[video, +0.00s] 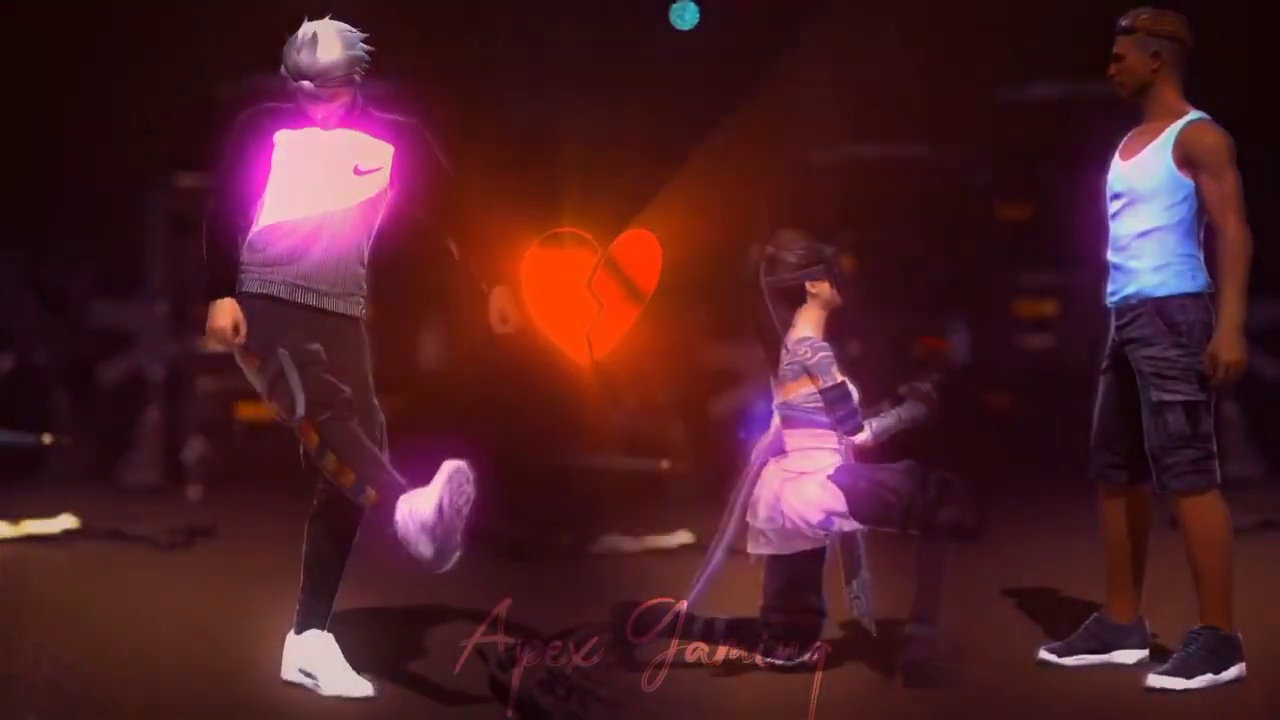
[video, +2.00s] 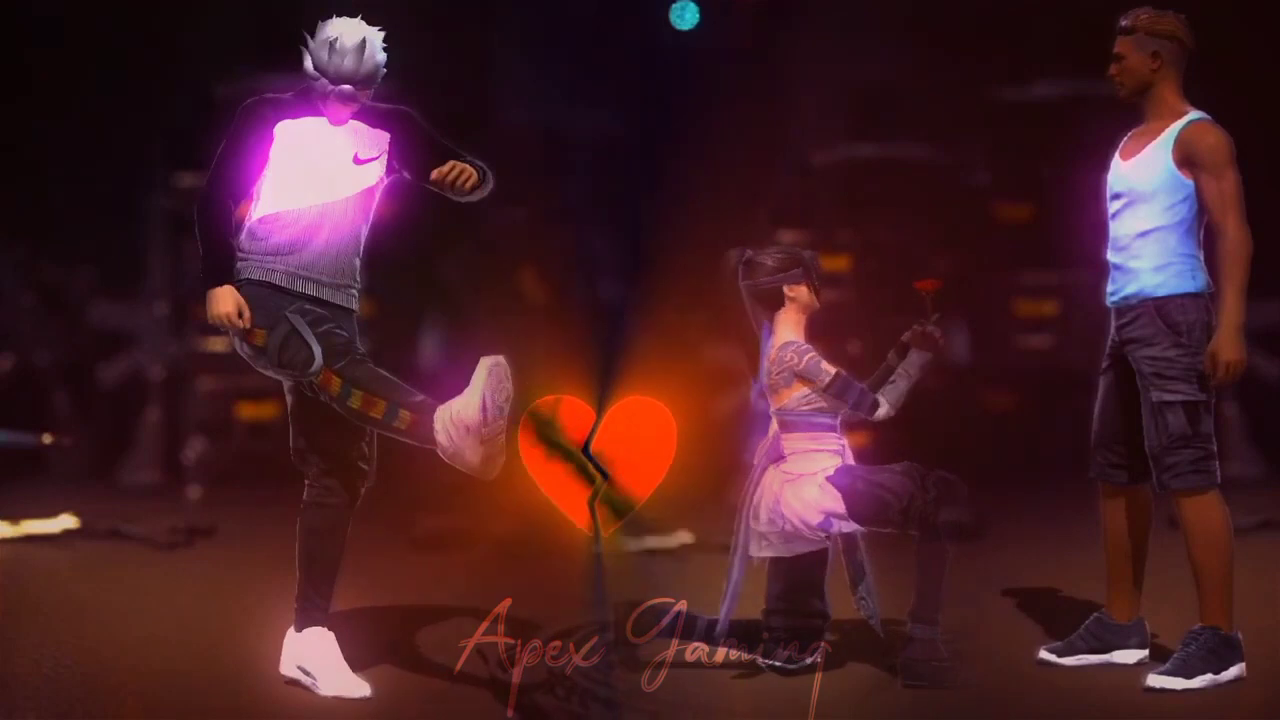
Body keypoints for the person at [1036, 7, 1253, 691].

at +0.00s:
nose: (1111, 67)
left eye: (1121, 57)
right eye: (1112, 58)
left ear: (1158, 61)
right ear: (1142, 64)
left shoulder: (1200, 135)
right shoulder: (1131, 142)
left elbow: (1234, 233)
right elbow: (1133, 241)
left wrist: (1229, 328)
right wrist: (1118, 320)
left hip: (1173, 319)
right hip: (1125, 322)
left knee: (1189, 477)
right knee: (1117, 471)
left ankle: (1216, 637)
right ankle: (1121, 623)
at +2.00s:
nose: (1112, 66)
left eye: (1122, 57)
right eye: (1113, 57)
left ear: (1160, 61)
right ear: (1142, 64)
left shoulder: (1199, 134)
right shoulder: (1131, 141)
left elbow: (1233, 233)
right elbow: (1134, 241)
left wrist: (1229, 328)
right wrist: (1118, 319)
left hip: (1172, 319)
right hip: (1125, 322)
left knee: (1190, 476)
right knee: (1117, 470)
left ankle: (1217, 636)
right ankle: (1121, 623)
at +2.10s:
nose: (1112, 66)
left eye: (1122, 56)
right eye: (1112, 57)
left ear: (1160, 61)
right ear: (1142, 64)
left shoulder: (1199, 134)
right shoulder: (1131, 141)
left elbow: (1234, 233)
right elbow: (1134, 241)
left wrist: (1229, 328)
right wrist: (1118, 320)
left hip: (1172, 319)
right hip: (1125, 322)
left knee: (1190, 477)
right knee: (1116, 470)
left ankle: (1217, 636)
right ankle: (1121, 623)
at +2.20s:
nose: (1112, 65)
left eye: (1122, 56)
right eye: (1112, 56)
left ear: (1159, 61)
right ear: (1141, 64)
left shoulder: (1199, 134)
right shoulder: (1132, 141)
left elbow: (1233, 232)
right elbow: (1135, 240)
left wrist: (1229, 328)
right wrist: (1119, 319)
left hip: (1172, 319)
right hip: (1125, 322)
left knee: (1190, 476)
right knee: (1116, 469)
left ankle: (1216, 636)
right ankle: (1121, 623)